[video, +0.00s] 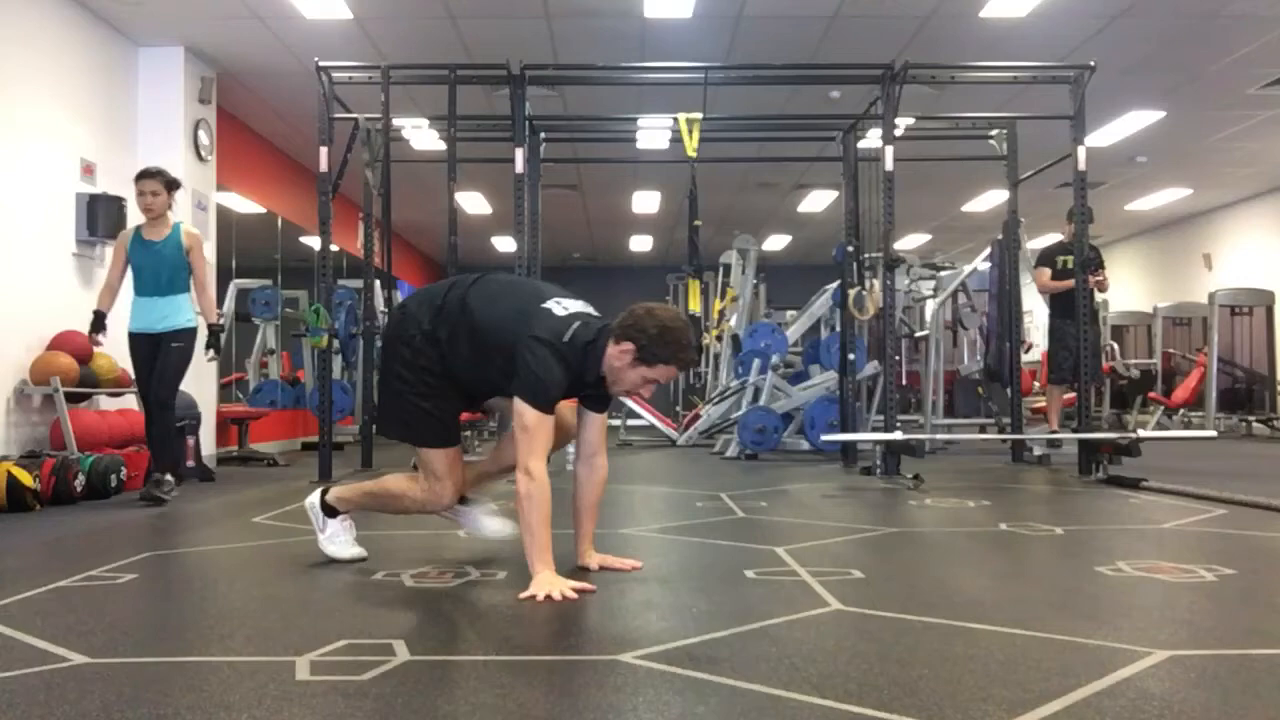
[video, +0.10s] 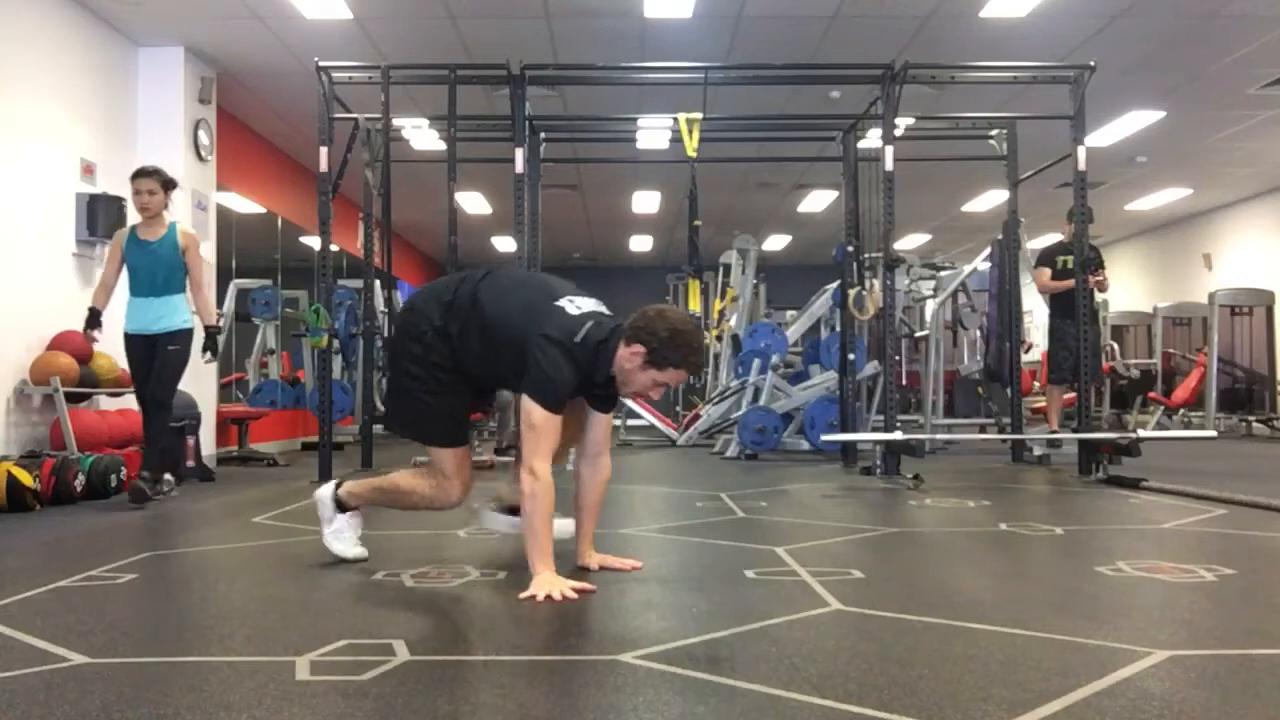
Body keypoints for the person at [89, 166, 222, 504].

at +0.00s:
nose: (147, 200)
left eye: (154, 194)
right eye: (141, 194)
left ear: (170, 196)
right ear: (136, 198)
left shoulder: (188, 237)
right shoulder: (128, 238)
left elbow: (203, 286)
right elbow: (113, 282)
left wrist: (213, 325)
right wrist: (99, 316)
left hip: (179, 327)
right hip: (141, 328)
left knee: (162, 397)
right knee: (150, 401)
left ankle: (164, 473)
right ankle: (162, 473)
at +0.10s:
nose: (143, 199)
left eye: (151, 193)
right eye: (137, 193)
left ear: (166, 196)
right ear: (131, 197)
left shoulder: (184, 237)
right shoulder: (123, 238)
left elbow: (199, 287)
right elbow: (108, 281)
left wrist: (211, 328)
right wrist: (94, 314)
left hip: (175, 328)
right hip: (137, 329)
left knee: (159, 399)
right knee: (148, 402)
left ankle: (147, 476)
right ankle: (167, 472)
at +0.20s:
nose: (139, 197)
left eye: (146, 191)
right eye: (133, 191)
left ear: (162, 195)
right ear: (127, 195)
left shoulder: (180, 237)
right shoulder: (117, 237)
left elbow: (194, 290)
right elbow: (101, 282)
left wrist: (208, 332)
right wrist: (86, 314)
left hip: (168, 330)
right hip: (130, 331)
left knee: (151, 402)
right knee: (141, 403)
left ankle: (140, 480)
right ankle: (160, 473)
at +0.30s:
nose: (135, 192)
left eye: (143, 186)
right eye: (129, 186)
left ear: (159, 190)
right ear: (124, 191)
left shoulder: (177, 235)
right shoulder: (113, 234)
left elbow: (189, 288)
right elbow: (97, 281)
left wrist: (204, 332)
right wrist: (77, 321)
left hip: (163, 328)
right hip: (123, 330)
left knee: (148, 404)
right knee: (128, 406)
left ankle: (133, 486)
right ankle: (148, 474)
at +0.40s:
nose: (130, 186)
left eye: (138, 180)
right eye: (124, 180)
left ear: (155, 185)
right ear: (119, 186)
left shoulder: (173, 233)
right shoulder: (107, 229)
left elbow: (184, 286)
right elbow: (90, 280)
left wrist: (197, 330)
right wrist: (70, 324)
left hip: (160, 329)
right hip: (118, 330)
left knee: (149, 409)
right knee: (106, 412)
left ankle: (130, 486)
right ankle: (140, 460)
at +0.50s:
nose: (126, 181)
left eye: (134, 174)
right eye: (120, 175)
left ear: (152, 179)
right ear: (114, 181)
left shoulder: (169, 227)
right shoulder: (103, 225)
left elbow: (179, 281)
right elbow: (88, 279)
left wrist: (189, 322)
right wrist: (67, 326)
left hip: (158, 326)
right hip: (114, 326)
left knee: (146, 407)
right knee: (103, 405)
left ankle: (131, 487)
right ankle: (111, 470)